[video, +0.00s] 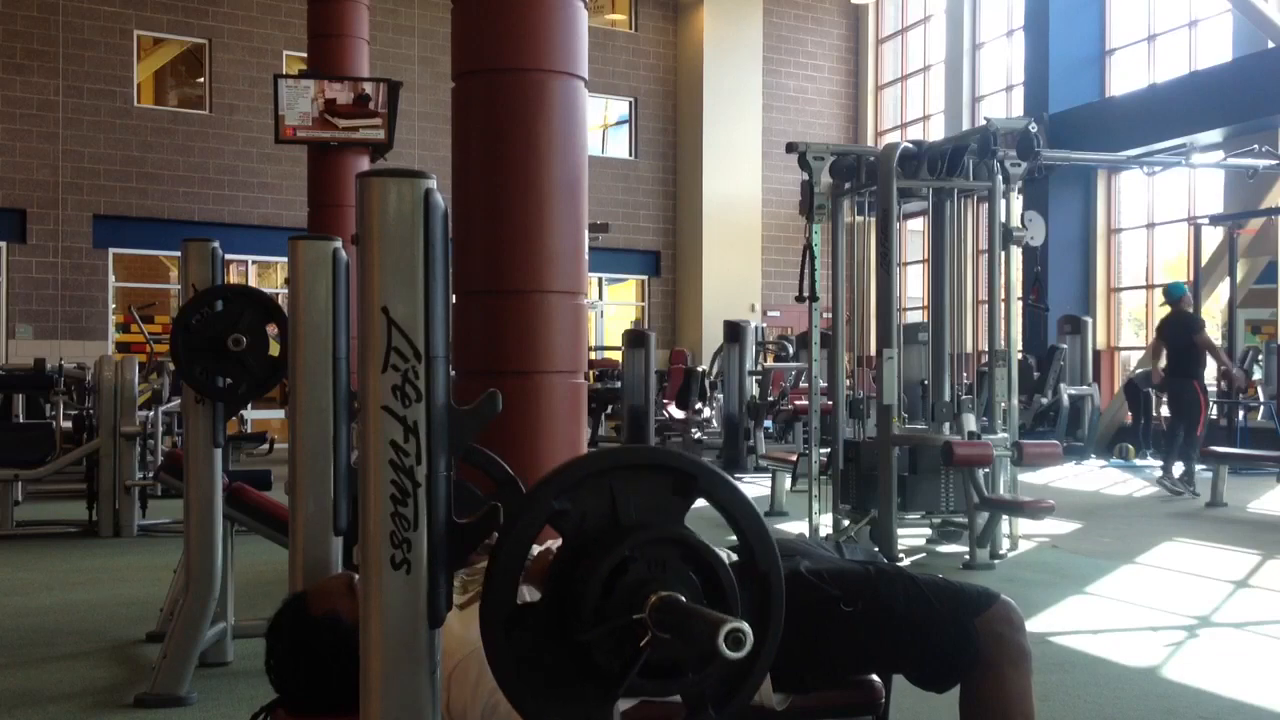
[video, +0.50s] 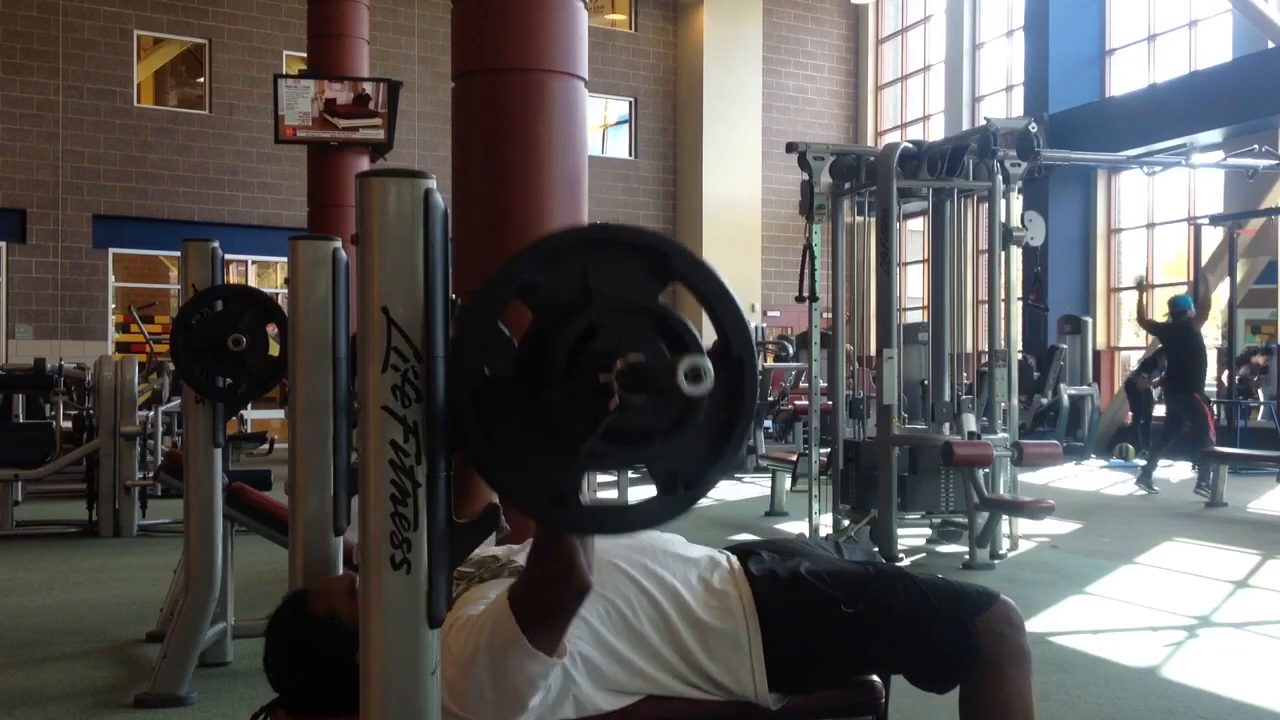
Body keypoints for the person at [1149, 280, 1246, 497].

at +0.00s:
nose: (1191, 296)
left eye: (1188, 293)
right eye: (1188, 293)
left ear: (1171, 301)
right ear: (1182, 298)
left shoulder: (1165, 322)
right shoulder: (1192, 320)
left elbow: (1156, 348)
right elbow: (1210, 346)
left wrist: (1154, 369)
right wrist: (1228, 367)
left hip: (1172, 380)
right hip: (1191, 381)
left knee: (1176, 424)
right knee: (1195, 427)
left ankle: (1167, 473)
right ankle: (1189, 477)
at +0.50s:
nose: (1194, 312)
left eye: (1192, 309)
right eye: (1192, 309)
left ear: (1171, 312)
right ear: (1188, 312)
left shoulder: (1165, 329)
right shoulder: (1191, 327)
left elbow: (1143, 319)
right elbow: (1205, 306)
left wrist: (1141, 293)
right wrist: (1203, 281)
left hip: (1172, 391)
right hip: (1191, 392)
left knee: (1167, 433)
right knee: (1207, 433)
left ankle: (1146, 475)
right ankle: (1204, 481)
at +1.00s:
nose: (1196, 307)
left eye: (1193, 303)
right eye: (1193, 304)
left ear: (1175, 310)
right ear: (1188, 308)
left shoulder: (1166, 332)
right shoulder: (1194, 331)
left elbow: (1162, 363)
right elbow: (1203, 362)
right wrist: (1217, 385)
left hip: (1171, 389)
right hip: (1189, 390)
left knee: (1180, 433)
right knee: (1198, 435)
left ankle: (1168, 478)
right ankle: (1180, 480)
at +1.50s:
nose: (1199, 319)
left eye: (1197, 316)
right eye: (1198, 316)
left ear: (1176, 320)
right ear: (1194, 320)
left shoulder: (1170, 335)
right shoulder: (1196, 333)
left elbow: (1156, 317)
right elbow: (1207, 311)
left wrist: (1162, 290)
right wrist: (1197, 286)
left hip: (1177, 398)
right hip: (1194, 399)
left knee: (1176, 438)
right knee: (1216, 436)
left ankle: (1147, 478)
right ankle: (1210, 484)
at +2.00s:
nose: (1202, 315)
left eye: (1200, 311)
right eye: (1200, 312)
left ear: (1181, 317)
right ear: (1195, 315)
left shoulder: (1173, 341)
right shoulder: (1202, 340)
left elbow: (1175, 371)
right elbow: (1209, 371)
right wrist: (1221, 399)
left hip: (1177, 395)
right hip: (1195, 396)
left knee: (1193, 437)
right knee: (1209, 438)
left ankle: (1180, 480)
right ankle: (1188, 482)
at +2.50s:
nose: (1201, 321)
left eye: (1198, 316)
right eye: (1198, 317)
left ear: (1178, 319)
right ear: (1194, 319)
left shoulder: (1171, 336)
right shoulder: (1195, 336)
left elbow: (1161, 316)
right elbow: (1207, 314)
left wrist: (1169, 295)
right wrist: (1189, 292)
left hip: (1177, 400)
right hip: (1194, 401)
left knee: (1179, 443)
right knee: (1216, 442)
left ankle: (1148, 478)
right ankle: (1203, 487)